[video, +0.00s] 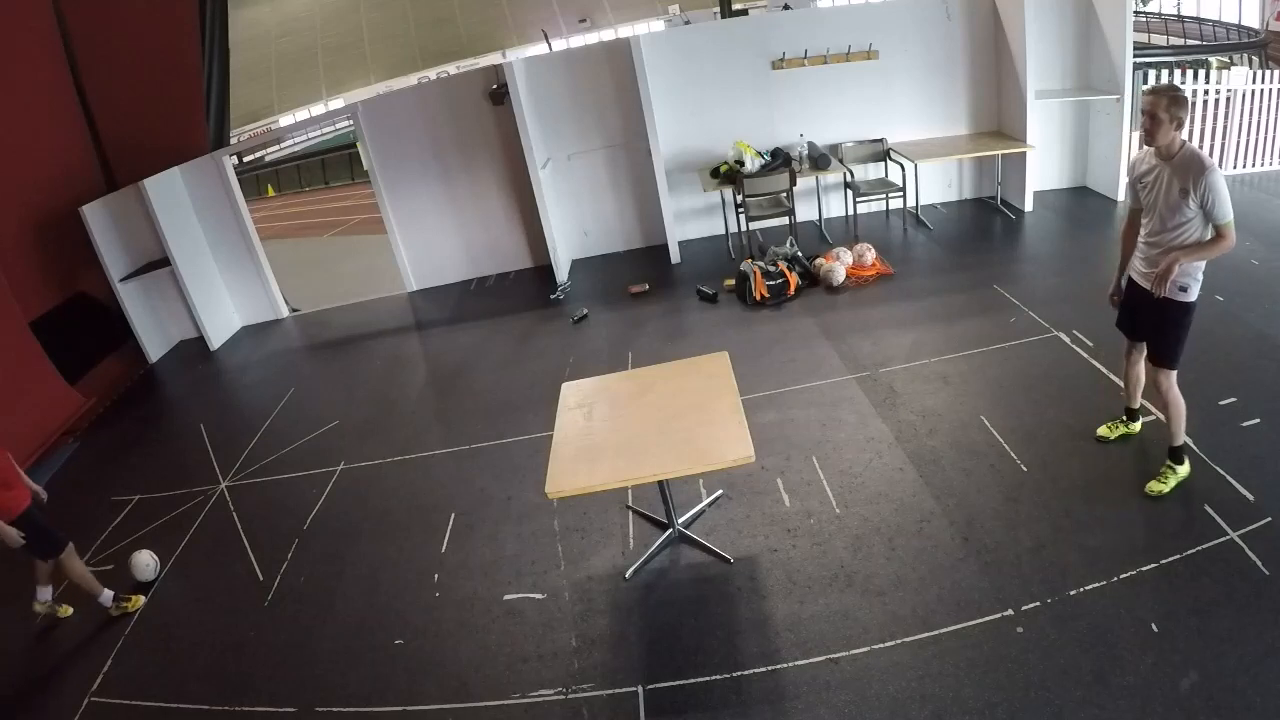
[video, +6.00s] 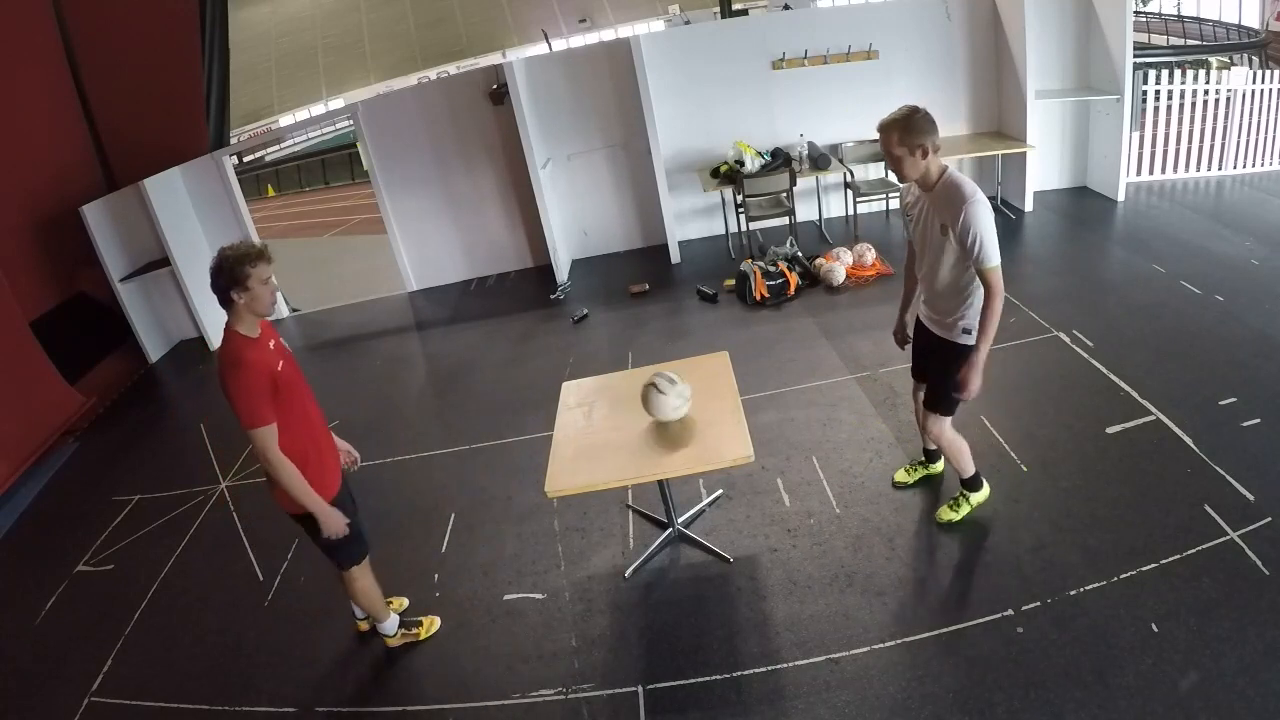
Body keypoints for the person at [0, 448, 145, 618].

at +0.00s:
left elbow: (5, 458)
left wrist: (30, 484)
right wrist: (3, 529)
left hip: (22, 497)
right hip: (10, 510)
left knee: (44, 549)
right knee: (65, 550)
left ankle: (43, 601)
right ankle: (110, 601)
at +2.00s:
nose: (28, 353)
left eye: (26, 346)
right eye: (18, 351)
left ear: (30, 347)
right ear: (4, 364)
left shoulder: (47, 377)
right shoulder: (10, 417)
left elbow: (79, 421)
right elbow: (27, 480)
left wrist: (113, 461)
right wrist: (63, 526)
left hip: (101, 477)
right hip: (77, 502)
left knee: (141, 528)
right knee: (122, 555)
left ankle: (123, 572)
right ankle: (163, 611)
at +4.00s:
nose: (250, 308)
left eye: (249, 299)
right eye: (242, 302)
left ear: (219, 309)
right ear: (212, 311)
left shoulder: (233, 344)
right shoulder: (206, 375)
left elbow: (256, 412)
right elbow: (228, 468)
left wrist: (293, 444)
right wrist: (286, 516)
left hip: (287, 483)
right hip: (266, 507)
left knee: (323, 552)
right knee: (313, 573)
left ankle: (345, 621)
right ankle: (341, 642)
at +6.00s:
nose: (275, 287)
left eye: (271, 278)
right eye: (265, 282)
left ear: (243, 295)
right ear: (238, 297)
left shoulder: (260, 329)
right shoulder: (241, 361)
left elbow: (292, 401)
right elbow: (268, 453)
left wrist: (329, 439)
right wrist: (321, 509)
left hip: (325, 467)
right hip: (311, 491)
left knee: (353, 547)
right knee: (355, 560)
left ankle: (367, 610)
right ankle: (390, 628)